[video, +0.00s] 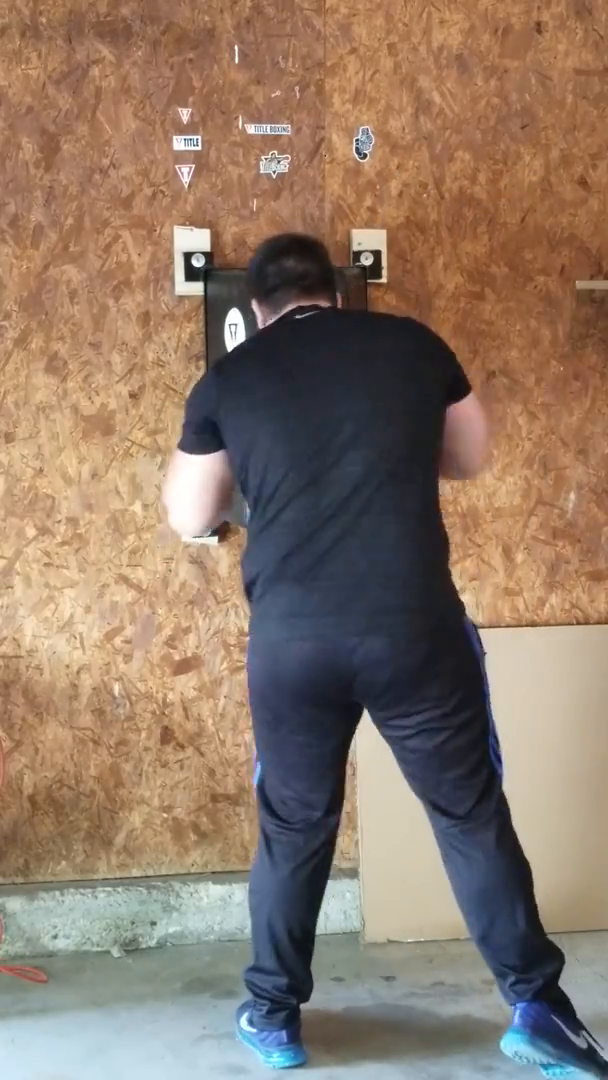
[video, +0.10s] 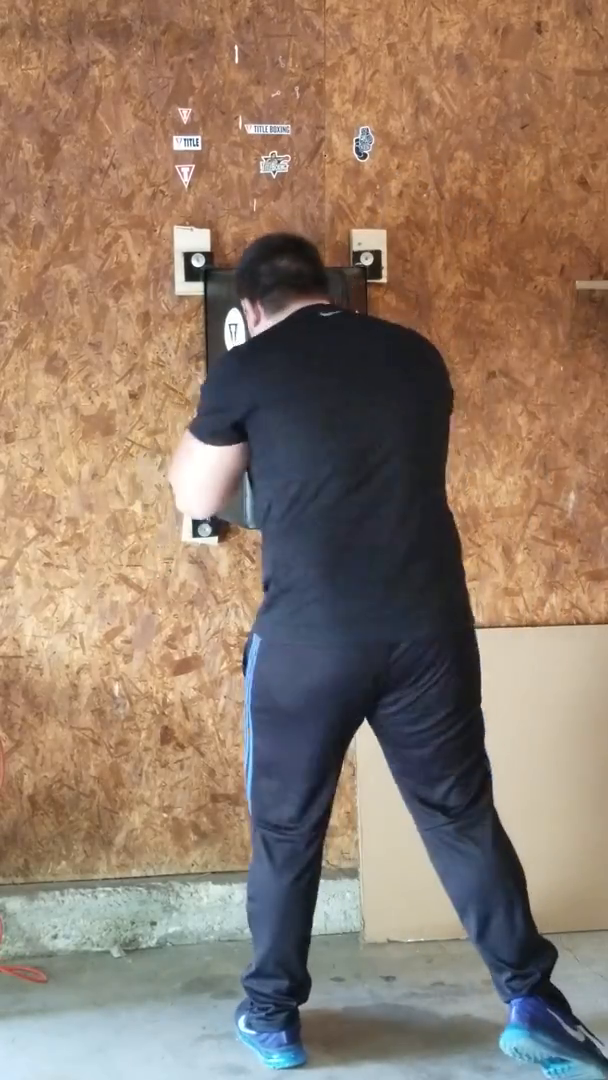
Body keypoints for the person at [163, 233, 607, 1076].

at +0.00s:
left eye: (254, 314)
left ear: (259, 311)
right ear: (338, 293)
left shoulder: (227, 378)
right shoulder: (410, 340)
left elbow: (191, 517)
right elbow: (470, 457)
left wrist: (240, 477)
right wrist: (387, 440)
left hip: (293, 638)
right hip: (415, 625)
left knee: (292, 826)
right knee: (471, 813)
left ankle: (273, 1014)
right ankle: (537, 1002)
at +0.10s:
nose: (241, 329)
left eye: (239, 318)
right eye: (244, 318)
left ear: (255, 309)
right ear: (332, 290)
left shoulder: (246, 368)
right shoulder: (418, 353)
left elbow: (201, 495)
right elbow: (401, 462)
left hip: (314, 628)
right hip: (431, 621)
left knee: (285, 828)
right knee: (462, 811)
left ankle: (273, 1013)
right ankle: (532, 997)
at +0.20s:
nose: (251, 330)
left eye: (249, 316)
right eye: (250, 319)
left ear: (264, 307)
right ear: (342, 294)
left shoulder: (270, 367)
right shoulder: (418, 358)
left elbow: (196, 487)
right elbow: (384, 468)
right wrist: (265, 464)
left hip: (326, 633)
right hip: (439, 624)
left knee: (280, 828)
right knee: (459, 817)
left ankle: (272, 1014)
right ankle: (529, 1003)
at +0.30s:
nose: (271, 318)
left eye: (269, 304)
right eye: (271, 306)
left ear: (285, 296)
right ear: (360, 290)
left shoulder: (284, 367)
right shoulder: (432, 365)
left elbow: (216, 492)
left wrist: (188, 462)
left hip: (321, 631)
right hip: (436, 626)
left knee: (279, 829)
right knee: (463, 822)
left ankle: (271, 1013)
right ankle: (528, 1008)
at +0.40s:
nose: (305, 289)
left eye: (305, 278)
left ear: (311, 278)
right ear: (391, 284)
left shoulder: (273, 350)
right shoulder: (452, 360)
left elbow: (197, 459)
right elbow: (452, 460)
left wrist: (133, 459)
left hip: (305, 633)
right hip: (424, 630)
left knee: (293, 827)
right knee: (469, 816)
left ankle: (272, 1011)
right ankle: (531, 1005)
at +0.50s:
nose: (347, 288)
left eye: (340, 277)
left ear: (338, 279)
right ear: (417, 288)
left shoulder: (272, 343)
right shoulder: (462, 358)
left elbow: (158, 402)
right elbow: (494, 463)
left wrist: (159, 358)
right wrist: (425, 412)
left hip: (303, 635)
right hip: (424, 633)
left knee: (300, 821)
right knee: (488, 796)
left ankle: (269, 1012)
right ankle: (544, 986)